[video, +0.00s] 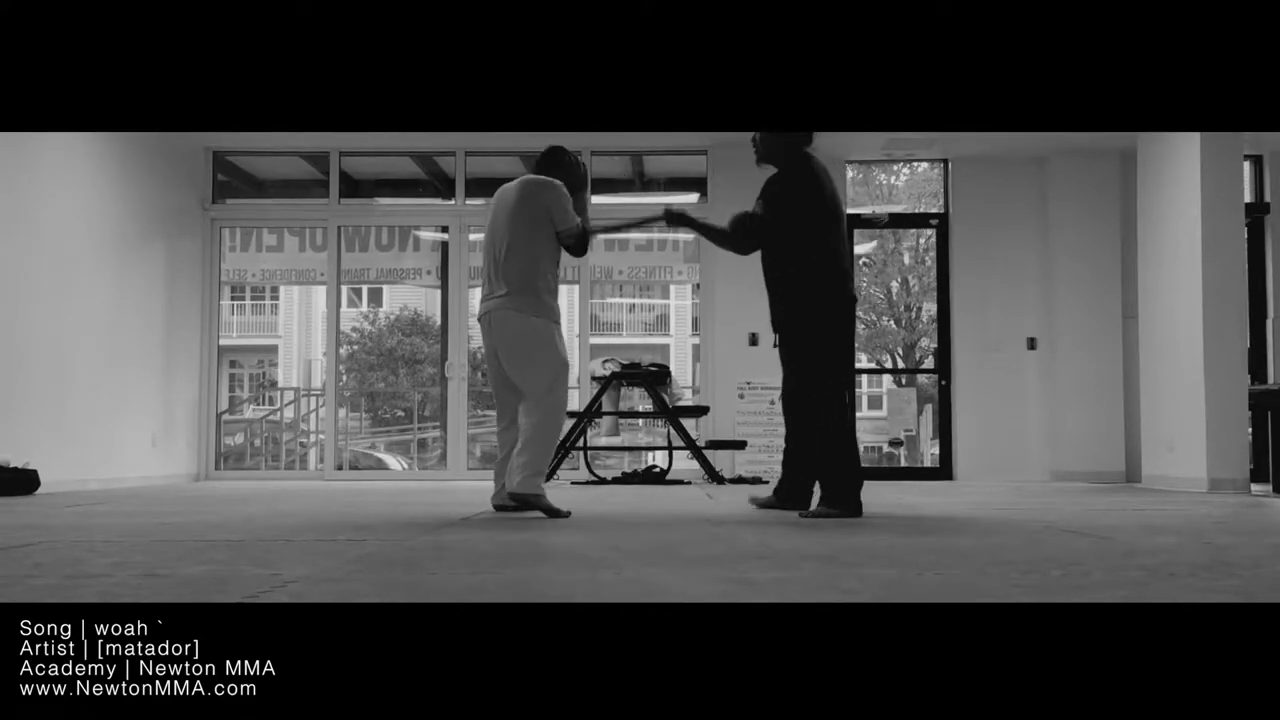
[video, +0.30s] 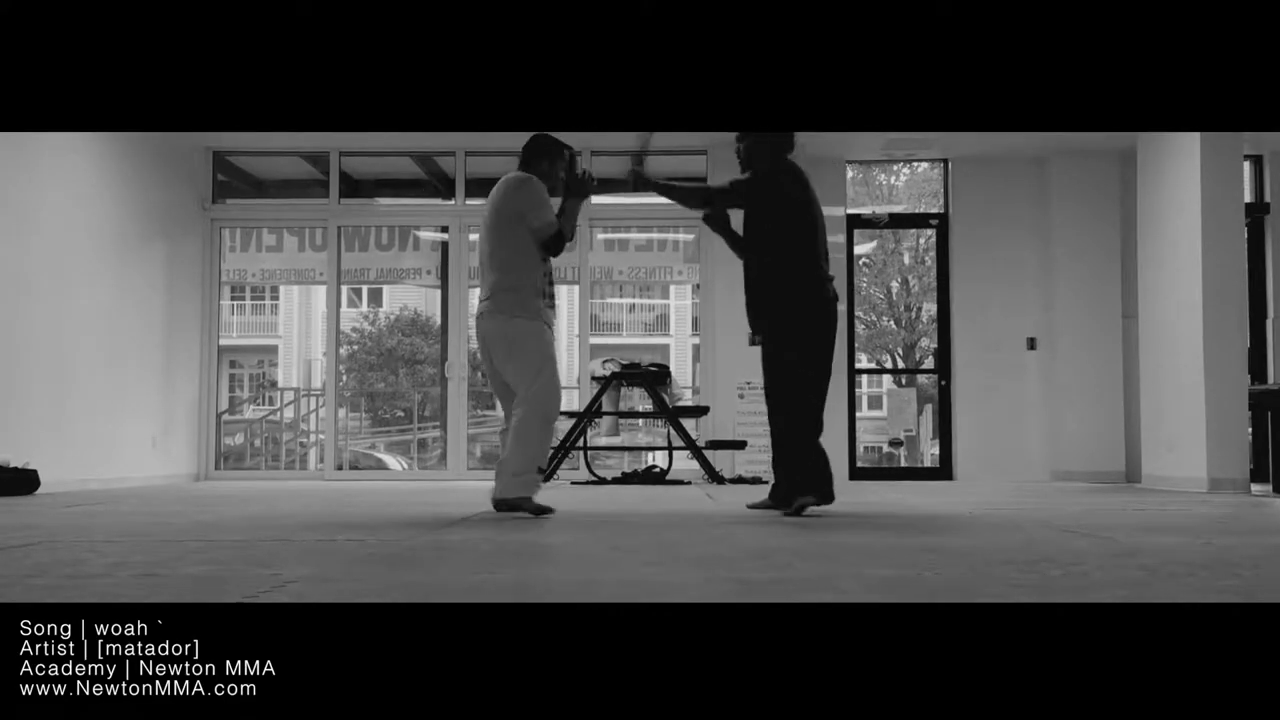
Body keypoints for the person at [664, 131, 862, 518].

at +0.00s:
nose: (753, 141)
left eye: (760, 134)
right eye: (756, 134)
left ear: (780, 138)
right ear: (790, 139)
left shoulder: (788, 182)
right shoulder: (809, 176)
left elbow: (743, 241)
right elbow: (796, 236)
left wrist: (691, 222)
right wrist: (757, 222)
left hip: (815, 314)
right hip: (808, 313)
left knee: (827, 402)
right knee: (800, 402)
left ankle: (843, 500)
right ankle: (793, 493)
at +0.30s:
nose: (737, 151)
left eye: (744, 143)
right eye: (738, 144)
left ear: (765, 145)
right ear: (773, 147)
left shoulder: (774, 180)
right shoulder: (780, 182)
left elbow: (705, 197)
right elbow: (758, 258)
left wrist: (653, 183)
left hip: (798, 312)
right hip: (795, 311)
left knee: (792, 402)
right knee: (787, 403)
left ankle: (808, 488)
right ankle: (786, 490)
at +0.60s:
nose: (734, 153)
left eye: (739, 146)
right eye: (736, 147)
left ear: (757, 145)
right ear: (774, 143)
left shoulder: (777, 173)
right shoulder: (769, 187)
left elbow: (730, 161)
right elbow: (751, 266)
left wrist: (681, 144)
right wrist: (715, 247)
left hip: (784, 312)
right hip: (779, 313)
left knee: (771, 402)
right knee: (778, 402)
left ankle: (772, 495)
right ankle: (784, 492)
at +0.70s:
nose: (735, 160)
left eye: (737, 150)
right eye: (733, 154)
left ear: (752, 146)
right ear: (773, 144)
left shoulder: (773, 174)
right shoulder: (771, 182)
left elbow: (725, 145)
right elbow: (753, 266)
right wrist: (713, 249)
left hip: (783, 312)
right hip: (781, 311)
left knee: (772, 402)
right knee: (779, 403)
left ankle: (774, 495)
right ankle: (784, 493)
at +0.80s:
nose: (730, 162)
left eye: (732, 152)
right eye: (729, 155)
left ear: (745, 146)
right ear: (766, 143)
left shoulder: (769, 174)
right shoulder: (768, 181)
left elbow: (731, 157)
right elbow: (752, 267)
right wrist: (713, 249)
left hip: (786, 311)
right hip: (782, 310)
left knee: (776, 401)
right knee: (780, 401)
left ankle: (777, 495)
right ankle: (784, 493)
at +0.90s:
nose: (727, 156)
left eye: (730, 148)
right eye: (727, 149)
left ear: (745, 146)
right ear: (766, 146)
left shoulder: (768, 173)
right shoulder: (771, 183)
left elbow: (716, 162)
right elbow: (753, 266)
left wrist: (694, 131)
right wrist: (715, 248)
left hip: (787, 311)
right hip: (787, 310)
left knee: (776, 401)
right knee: (784, 401)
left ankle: (777, 495)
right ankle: (786, 494)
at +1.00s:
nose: (726, 145)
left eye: (731, 138)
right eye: (727, 140)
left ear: (746, 140)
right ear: (766, 141)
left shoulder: (764, 173)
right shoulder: (769, 181)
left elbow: (702, 174)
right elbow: (758, 266)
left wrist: (646, 143)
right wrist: (721, 247)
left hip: (784, 311)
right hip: (786, 309)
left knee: (776, 401)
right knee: (781, 400)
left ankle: (778, 495)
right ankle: (784, 494)